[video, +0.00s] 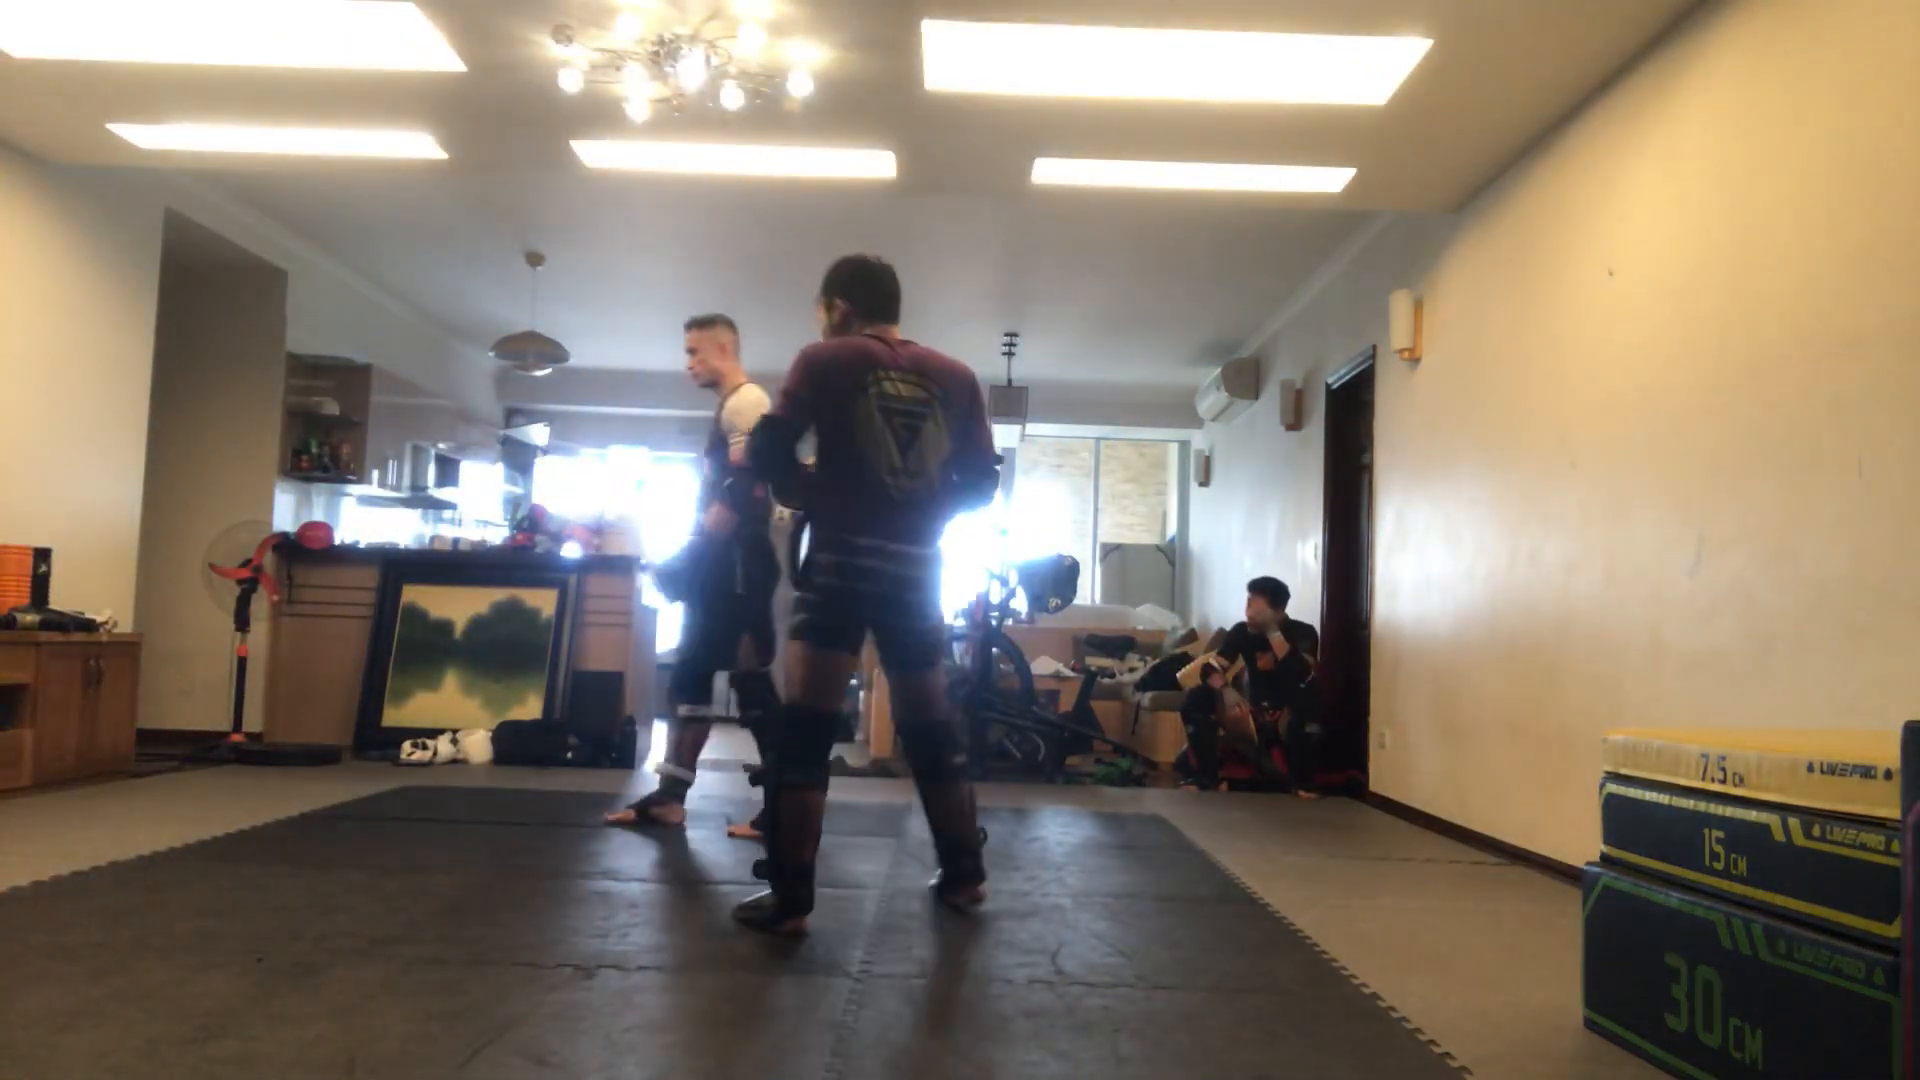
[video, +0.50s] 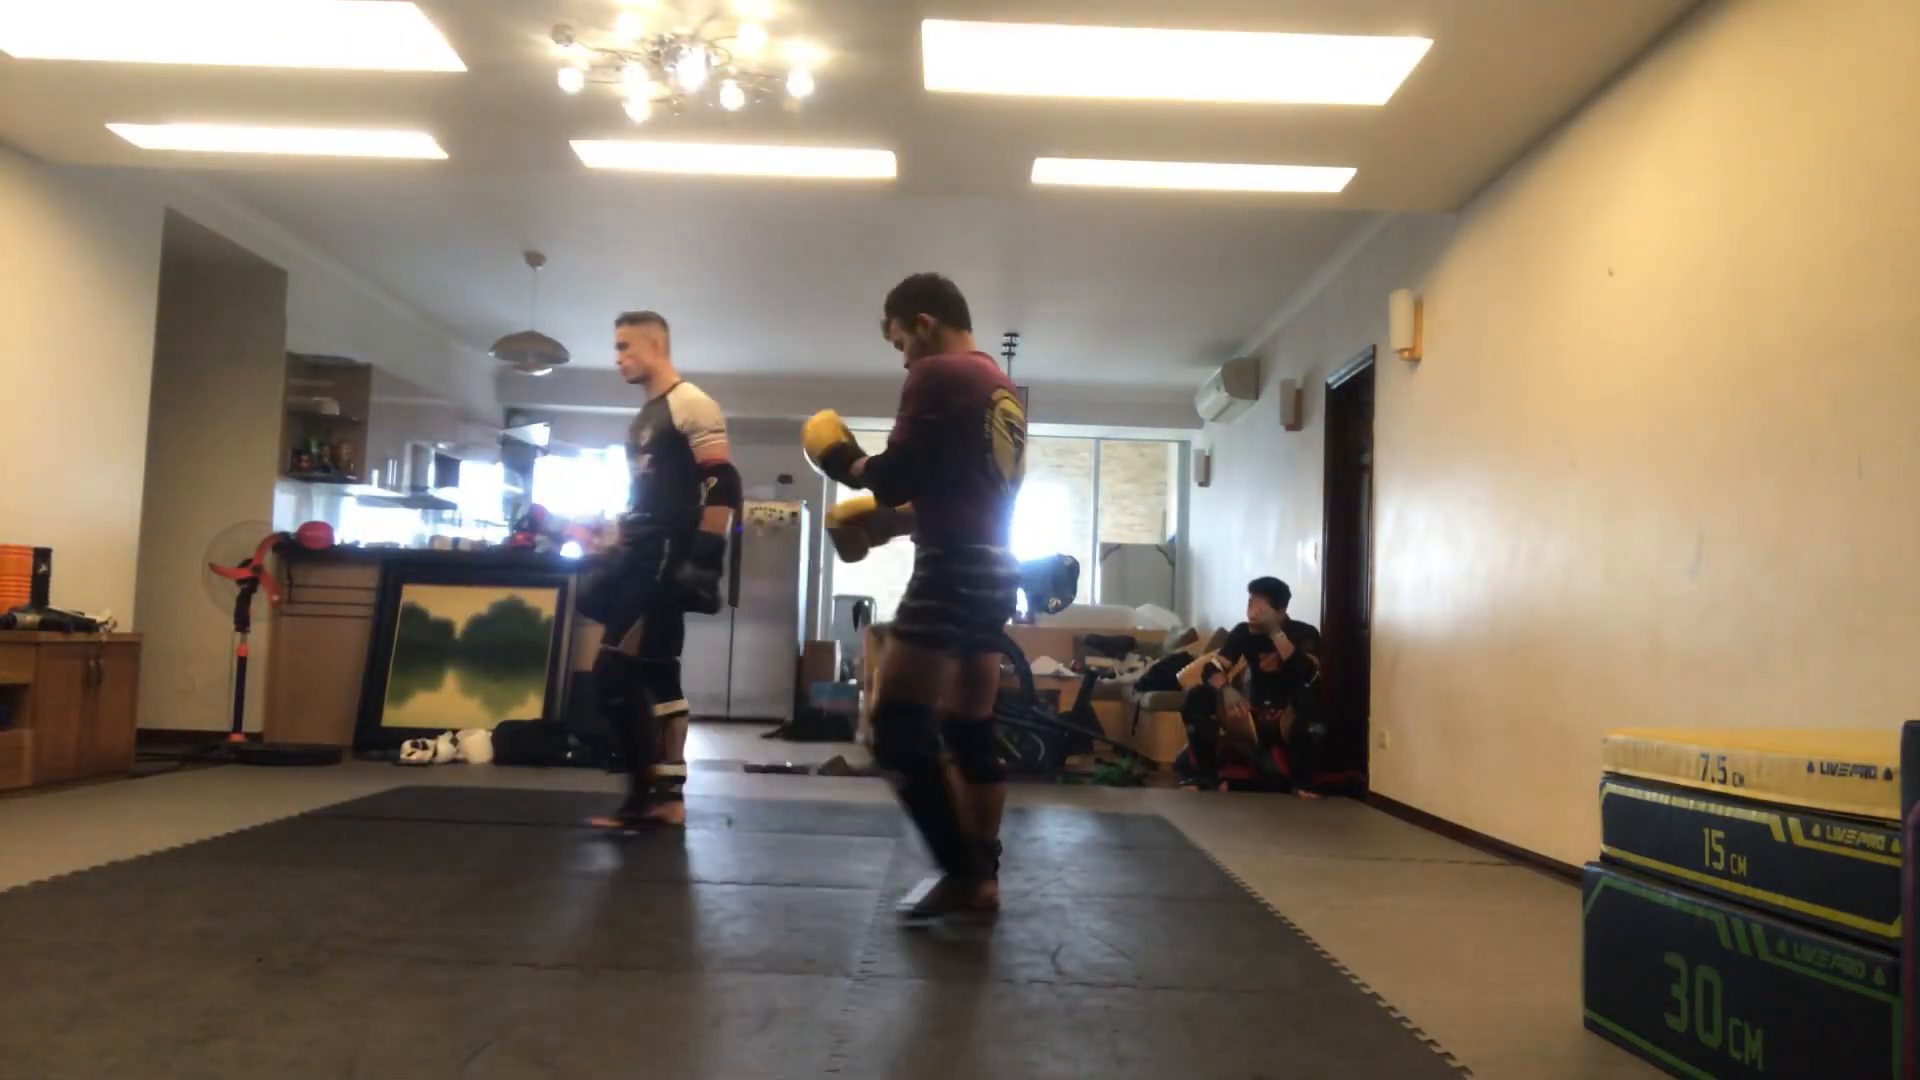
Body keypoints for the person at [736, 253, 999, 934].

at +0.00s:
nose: (821, 324)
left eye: (822, 315)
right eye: (821, 316)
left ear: (839, 310)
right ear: (894, 311)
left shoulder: (822, 361)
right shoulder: (957, 377)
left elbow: (768, 454)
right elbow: (980, 480)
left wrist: (813, 496)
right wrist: (919, 507)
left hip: (837, 567)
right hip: (913, 573)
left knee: (807, 726)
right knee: (930, 725)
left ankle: (791, 898)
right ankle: (963, 877)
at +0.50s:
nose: (901, 354)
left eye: (899, 340)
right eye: (896, 342)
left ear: (924, 324)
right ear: (951, 326)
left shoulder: (935, 374)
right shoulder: (1000, 382)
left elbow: (897, 474)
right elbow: (965, 490)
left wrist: (841, 459)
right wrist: (880, 522)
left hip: (947, 568)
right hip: (992, 568)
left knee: (898, 723)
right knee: (971, 727)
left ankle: (960, 873)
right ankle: (979, 880)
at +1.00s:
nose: (915, 371)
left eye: (916, 356)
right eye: (908, 360)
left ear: (954, 334)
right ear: (951, 339)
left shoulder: (993, 387)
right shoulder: (970, 394)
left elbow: (977, 511)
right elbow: (956, 500)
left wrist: (913, 531)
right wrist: (914, 522)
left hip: (978, 586)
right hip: (948, 586)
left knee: (977, 732)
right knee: (915, 727)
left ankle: (1017, 891)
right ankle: (968, 865)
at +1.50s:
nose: (913, 363)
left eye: (917, 347)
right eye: (905, 351)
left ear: (960, 334)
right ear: (924, 345)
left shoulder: (1000, 386)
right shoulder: (931, 399)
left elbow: (967, 489)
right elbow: (900, 482)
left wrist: (900, 535)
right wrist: (851, 492)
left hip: (974, 576)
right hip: (922, 577)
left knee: (972, 733)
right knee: (883, 727)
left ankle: (1017, 893)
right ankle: (895, 867)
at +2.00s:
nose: (933, 362)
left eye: (940, 346)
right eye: (926, 349)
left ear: (980, 334)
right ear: (928, 342)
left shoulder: (1016, 387)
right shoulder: (936, 396)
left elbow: (988, 485)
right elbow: (907, 473)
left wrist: (924, 537)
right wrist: (885, 515)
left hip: (991, 578)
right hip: (935, 579)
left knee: (985, 733)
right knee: (893, 727)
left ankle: (1017, 893)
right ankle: (897, 868)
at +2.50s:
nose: (949, 359)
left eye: (958, 343)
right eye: (944, 345)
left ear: (1001, 331)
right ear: (946, 338)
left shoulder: (1034, 390)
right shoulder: (960, 401)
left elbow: (1004, 490)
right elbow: (938, 502)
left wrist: (922, 537)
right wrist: (896, 466)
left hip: (997, 575)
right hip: (945, 574)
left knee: (989, 734)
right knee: (906, 728)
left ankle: (1018, 893)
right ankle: (899, 868)